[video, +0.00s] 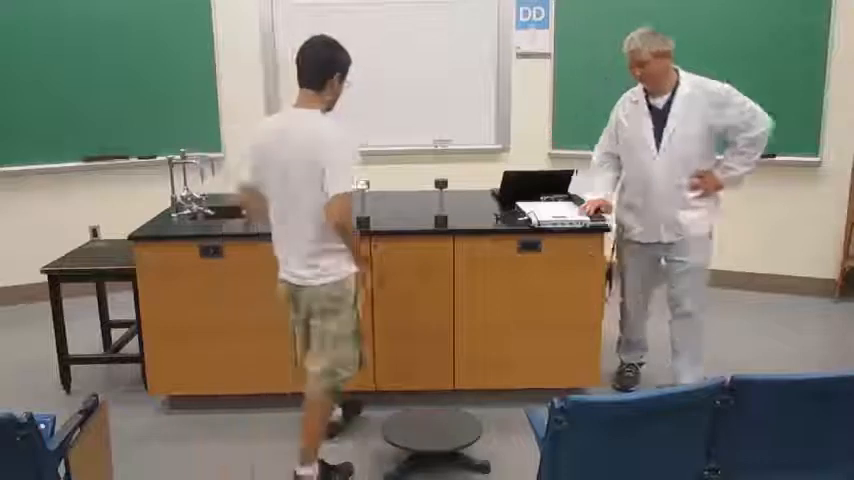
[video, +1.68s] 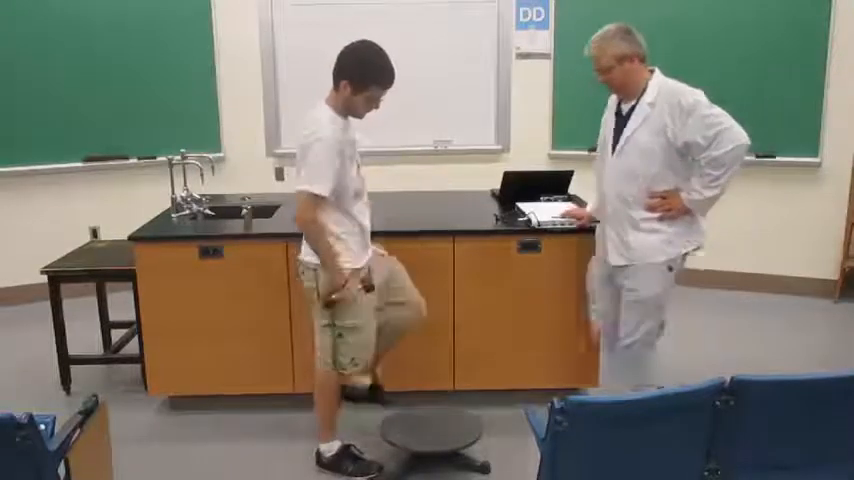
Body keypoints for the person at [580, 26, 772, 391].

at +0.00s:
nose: (635, 74)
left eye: (641, 66)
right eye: (632, 67)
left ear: (665, 59)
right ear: (631, 66)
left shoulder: (708, 95)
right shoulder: (627, 106)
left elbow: (757, 126)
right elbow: (606, 157)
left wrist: (722, 174)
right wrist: (600, 195)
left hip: (688, 225)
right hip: (637, 225)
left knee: (686, 308)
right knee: (632, 301)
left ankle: (688, 385)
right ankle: (630, 360)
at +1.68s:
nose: (600, 79)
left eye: (605, 70)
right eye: (598, 71)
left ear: (633, 61)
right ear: (627, 63)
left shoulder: (676, 99)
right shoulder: (615, 103)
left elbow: (732, 143)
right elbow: (618, 170)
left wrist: (692, 199)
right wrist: (593, 211)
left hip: (653, 246)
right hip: (612, 242)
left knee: (635, 343)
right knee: (608, 336)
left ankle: (633, 429)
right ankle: (612, 424)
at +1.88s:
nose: (591, 79)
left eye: (595, 70)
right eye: (588, 72)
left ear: (619, 60)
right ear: (614, 62)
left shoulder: (661, 94)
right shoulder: (613, 101)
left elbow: (711, 141)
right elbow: (624, 168)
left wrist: (677, 198)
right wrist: (594, 209)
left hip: (644, 245)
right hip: (602, 239)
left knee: (628, 340)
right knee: (582, 329)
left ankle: (623, 425)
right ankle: (564, 411)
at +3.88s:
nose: (589, 91)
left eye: (593, 82)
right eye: (586, 83)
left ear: (620, 71)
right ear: (606, 76)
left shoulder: (660, 110)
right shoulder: (601, 113)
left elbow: (713, 153)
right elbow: (594, 170)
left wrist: (672, 210)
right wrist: (582, 204)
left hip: (632, 256)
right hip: (587, 250)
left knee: (620, 355)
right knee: (561, 338)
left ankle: (617, 439)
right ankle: (528, 423)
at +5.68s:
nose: (610, 62)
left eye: (619, 54)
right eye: (607, 53)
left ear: (649, 56)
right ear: (603, 55)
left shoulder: (684, 109)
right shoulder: (591, 108)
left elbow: (738, 154)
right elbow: (558, 153)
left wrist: (691, 207)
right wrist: (524, 171)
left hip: (648, 261)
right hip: (594, 258)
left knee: (642, 364)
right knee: (598, 358)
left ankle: (642, 447)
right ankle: (599, 439)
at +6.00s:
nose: (606, 63)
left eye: (616, 55)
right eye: (604, 54)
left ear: (649, 57)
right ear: (602, 57)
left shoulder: (695, 115)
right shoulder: (584, 115)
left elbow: (753, 158)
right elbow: (535, 146)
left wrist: (702, 217)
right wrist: (482, 155)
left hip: (657, 281)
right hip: (591, 277)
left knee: (654, 390)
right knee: (586, 375)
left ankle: (652, 479)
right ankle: (602, 467)